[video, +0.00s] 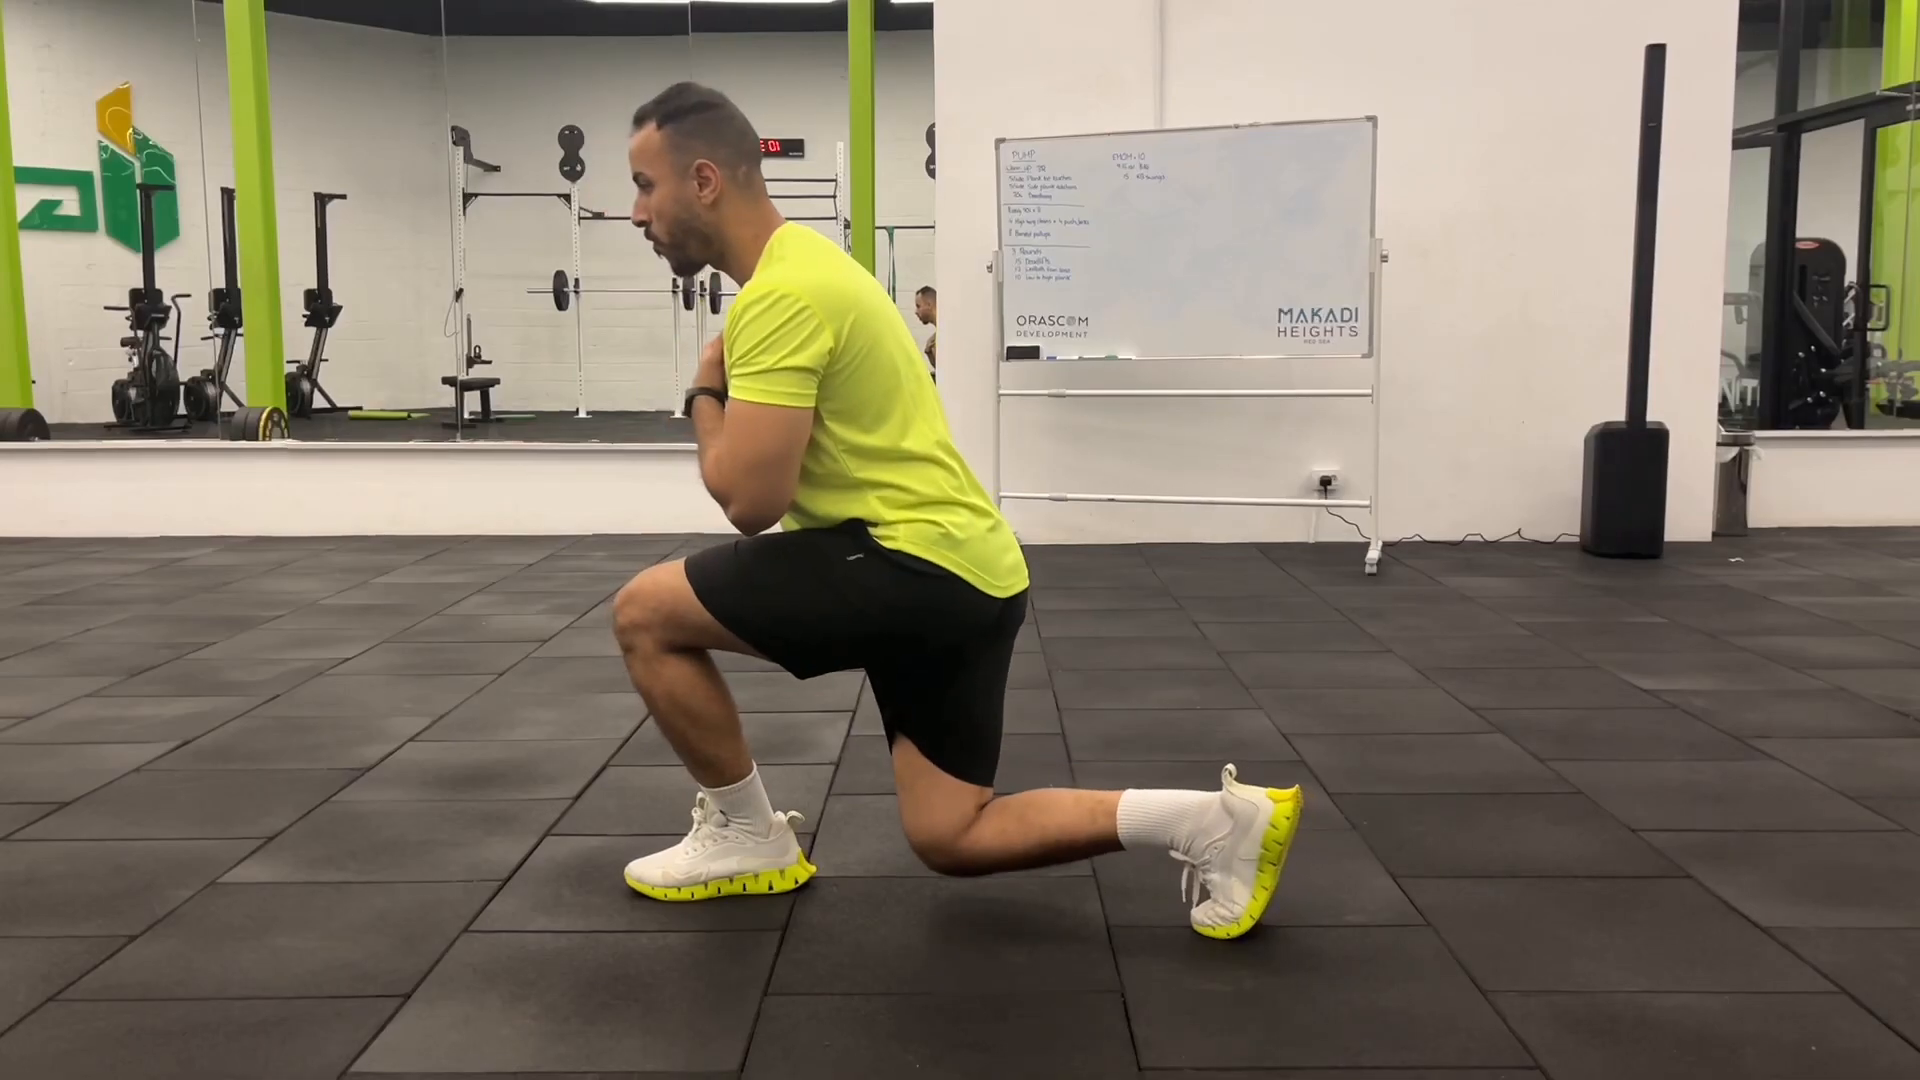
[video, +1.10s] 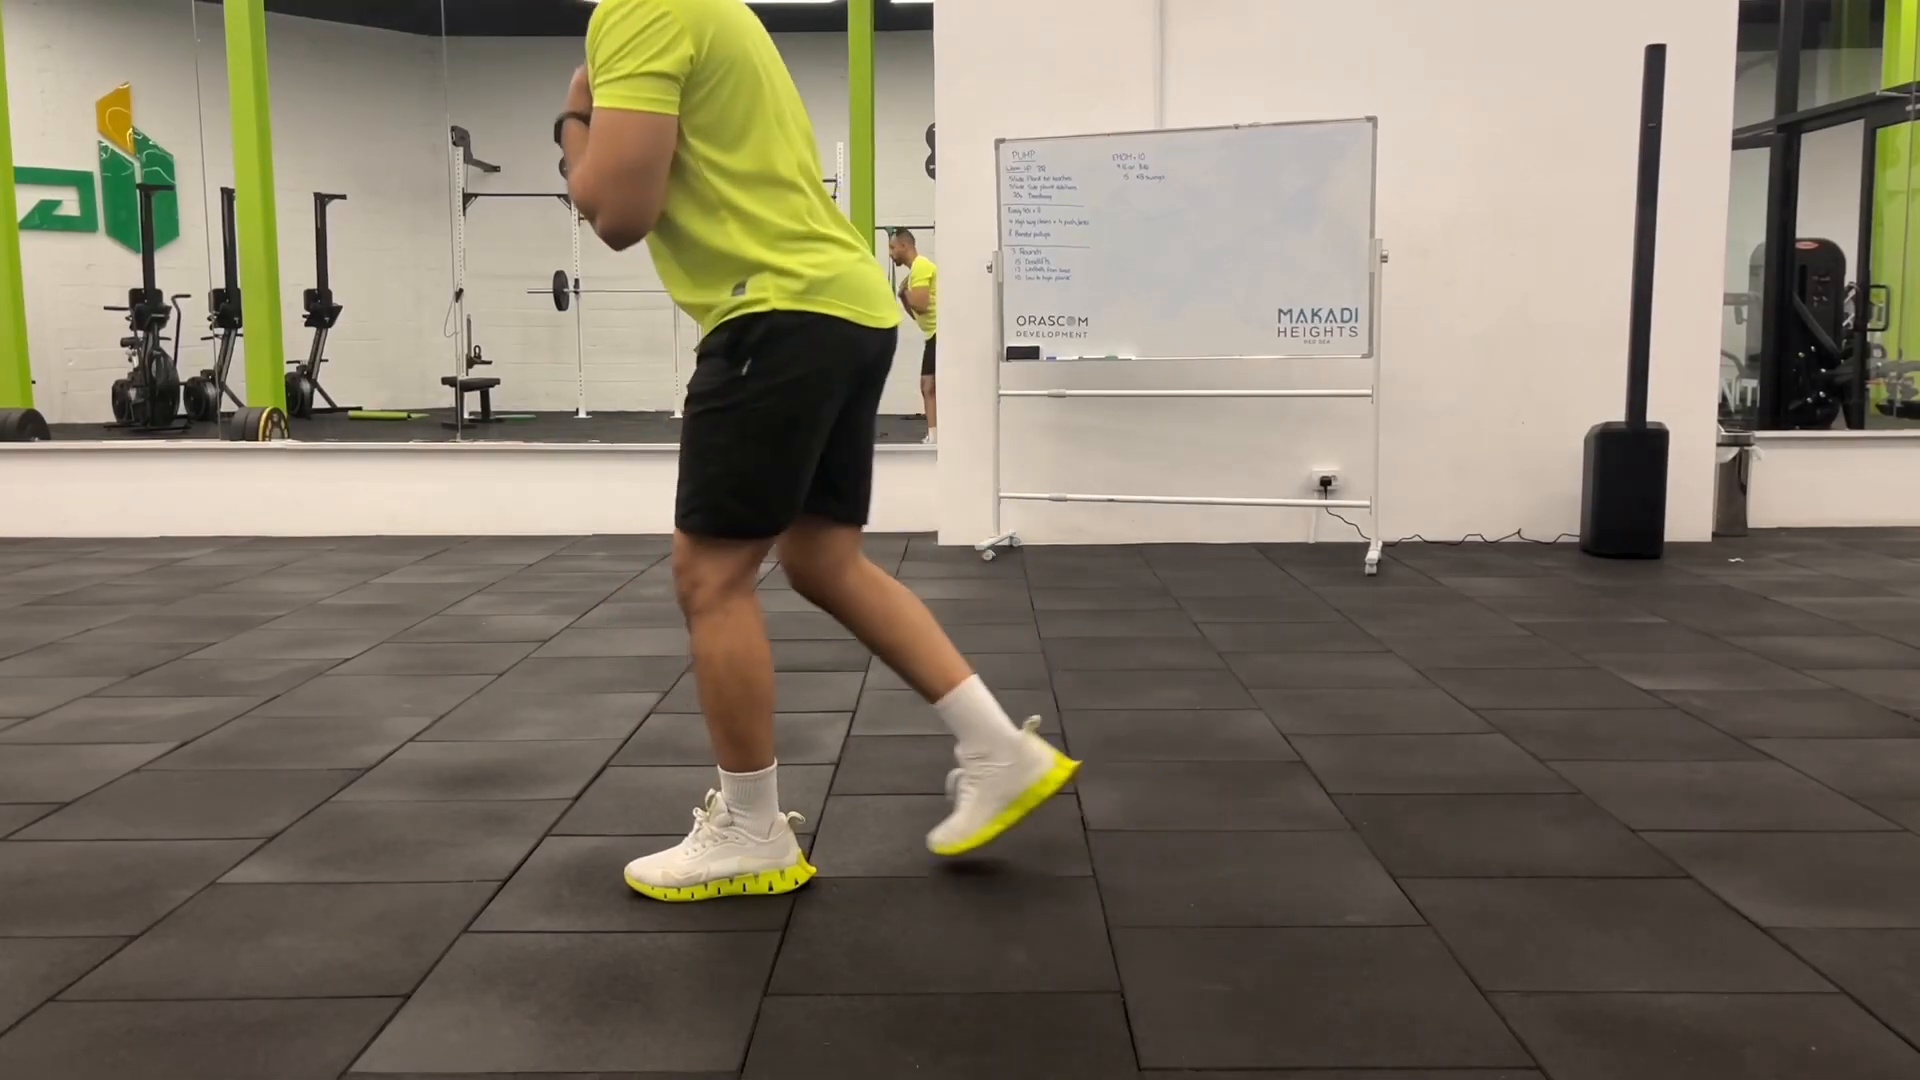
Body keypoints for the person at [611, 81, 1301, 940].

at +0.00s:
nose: (635, 213)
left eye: (644, 186)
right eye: (634, 189)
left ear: (706, 181)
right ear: (709, 181)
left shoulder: (785, 290)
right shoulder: (819, 271)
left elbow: (750, 499)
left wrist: (704, 400)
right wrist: (732, 404)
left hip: (906, 560)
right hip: (974, 567)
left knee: (646, 614)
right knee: (948, 831)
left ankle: (745, 835)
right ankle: (1215, 820)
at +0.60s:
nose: (585, 137)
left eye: (591, 109)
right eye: (581, 113)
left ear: (653, 98)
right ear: (662, 96)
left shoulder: (734, 200)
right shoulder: (771, 182)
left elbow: (718, 405)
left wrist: (670, 326)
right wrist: (695, 338)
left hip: (887, 468)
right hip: (960, 470)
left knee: (660, 602)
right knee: (976, 733)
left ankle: (746, 832)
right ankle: (1245, 825)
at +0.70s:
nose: (555, 100)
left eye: (557, 71)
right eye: (548, 76)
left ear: (617, 54)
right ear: (630, 57)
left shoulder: (702, 148)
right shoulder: (738, 135)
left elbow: (697, 358)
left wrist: (643, 279)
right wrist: (672, 282)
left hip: (869, 418)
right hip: (943, 417)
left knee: (668, 597)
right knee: (974, 674)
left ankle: (748, 834)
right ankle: (1227, 818)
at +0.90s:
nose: (507, 19)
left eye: (509, 2)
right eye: (501, 7)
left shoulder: (651, 58)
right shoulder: (679, 51)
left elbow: (648, 270)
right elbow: (663, 258)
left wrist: (593, 192)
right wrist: (613, 191)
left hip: (818, 345)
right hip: (891, 337)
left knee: (692, 585)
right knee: (928, 594)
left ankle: (750, 829)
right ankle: (1142, 756)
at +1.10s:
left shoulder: (644, 9)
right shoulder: (714, 15)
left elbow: (617, 213)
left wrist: (571, 126)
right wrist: (599, 132)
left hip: (772, 313)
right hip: (854, 307)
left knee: (712, 578)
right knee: (822, 556)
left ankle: (750, 831)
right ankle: (1002, 749)